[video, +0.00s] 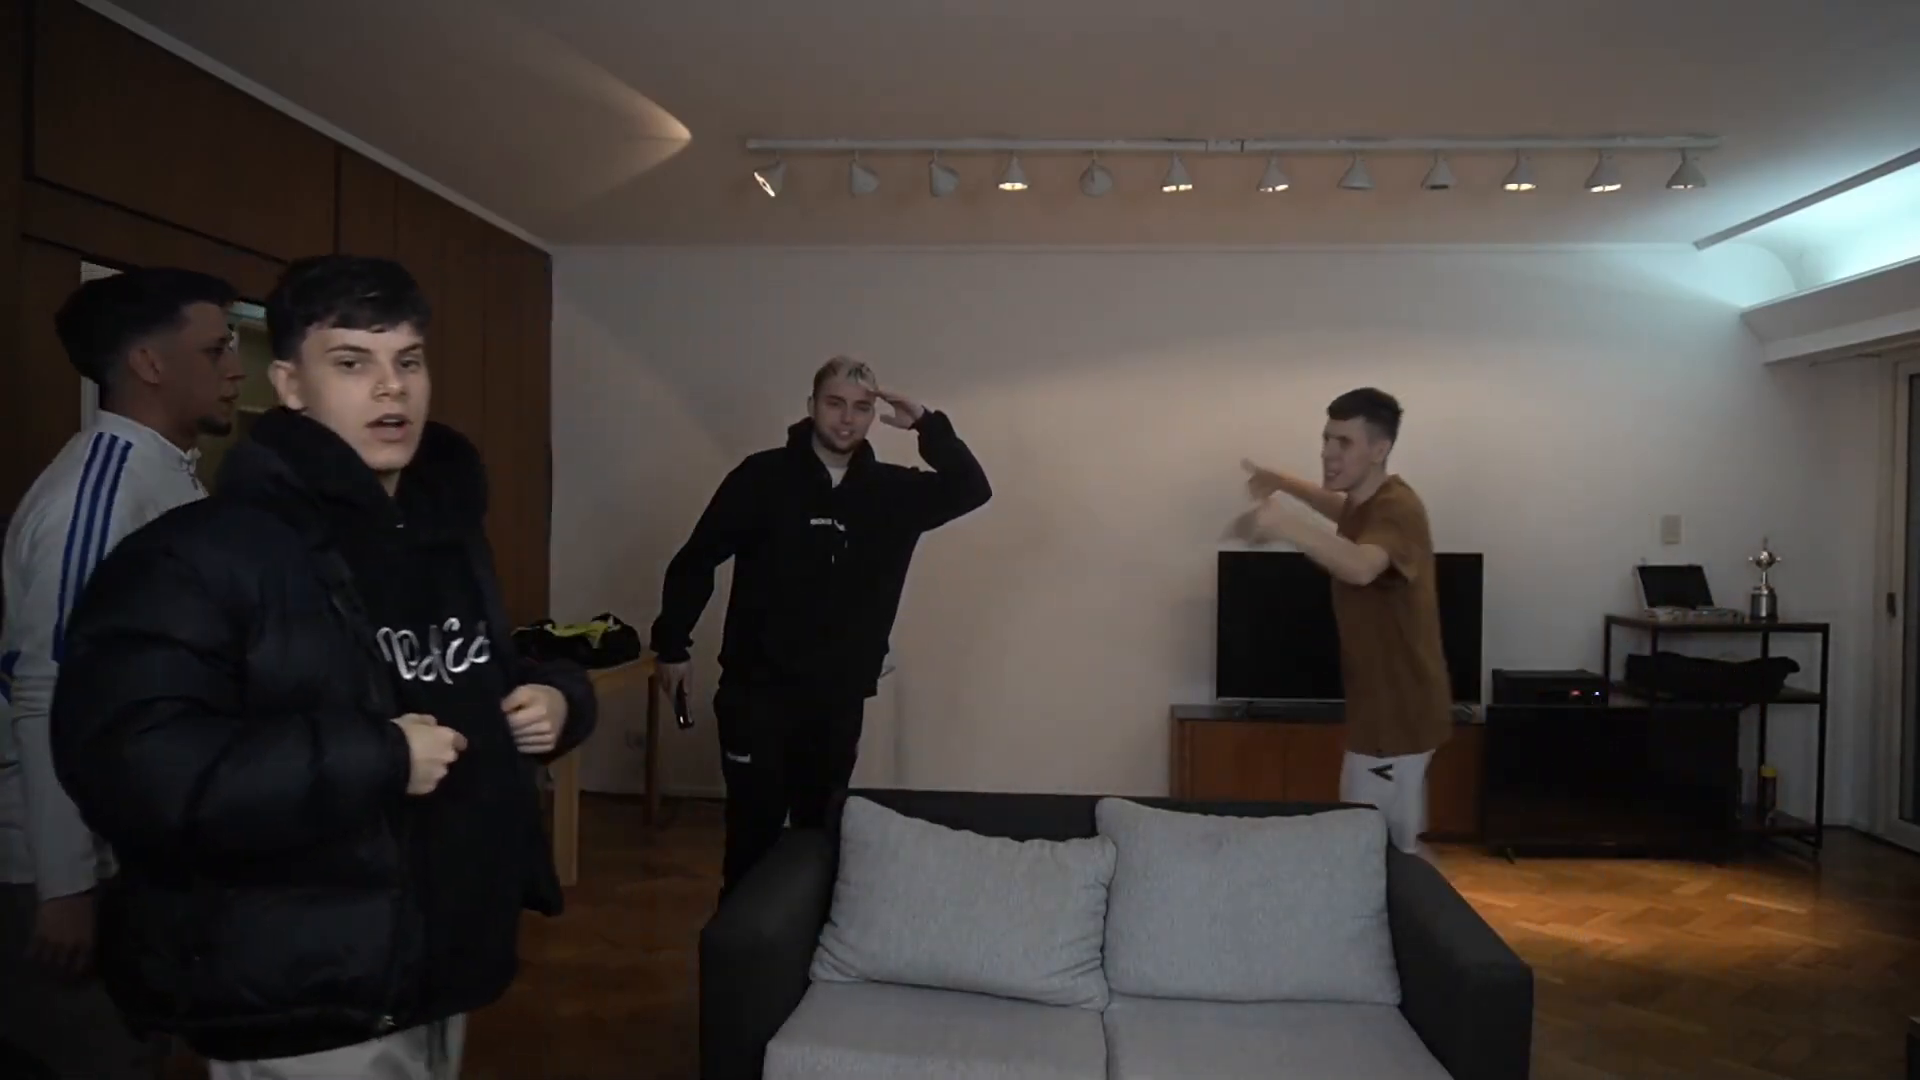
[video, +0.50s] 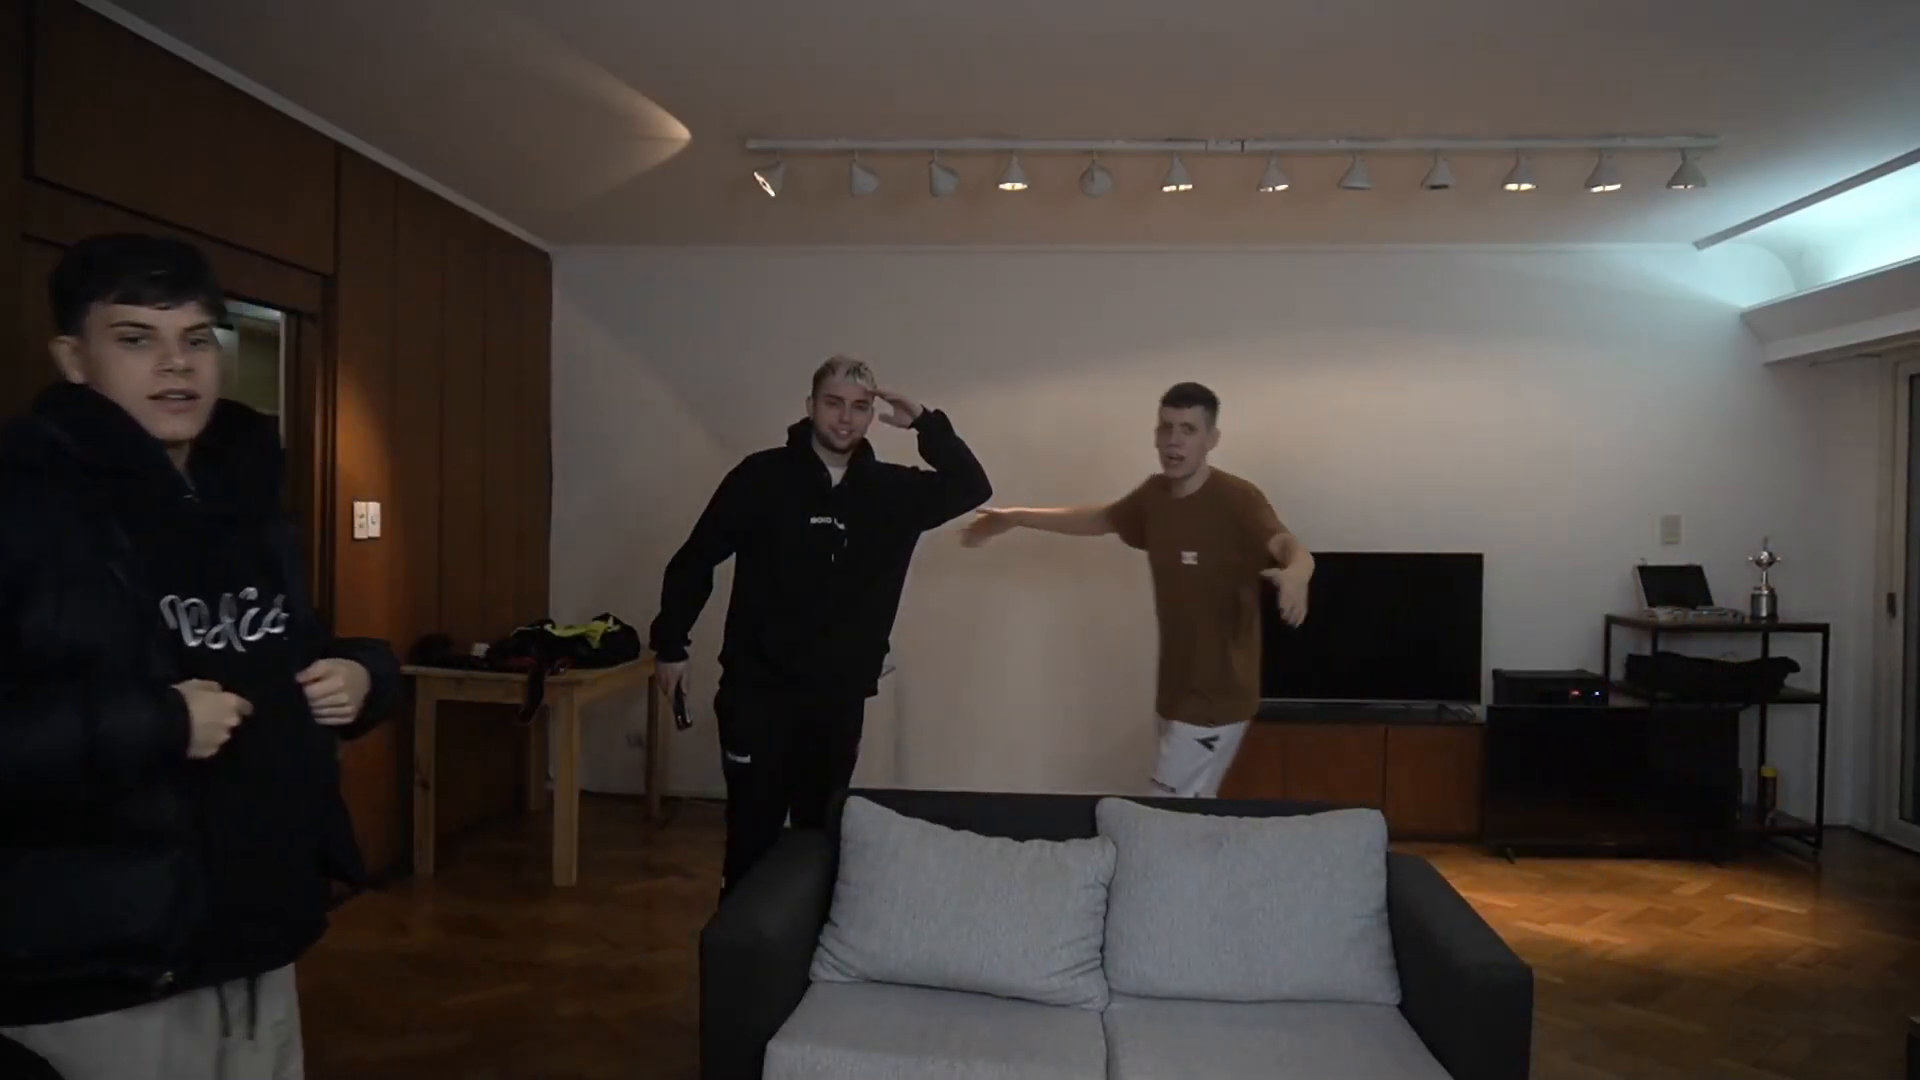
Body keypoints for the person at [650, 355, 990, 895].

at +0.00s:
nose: (847, 417)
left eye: (861, 407)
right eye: (836, 403)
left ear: (873, 417)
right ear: (812, 407)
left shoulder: (896, 494)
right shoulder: (762, 478)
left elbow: (971, 488)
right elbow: (694, 563)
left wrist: (928, 424)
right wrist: (672, 648)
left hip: (837, 696)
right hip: (757, 689)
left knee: (820, 836)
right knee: (754, 836)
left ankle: (812, 959)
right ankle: (740, 961)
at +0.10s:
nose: (847, 417)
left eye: (860, 407)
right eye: (835, 403)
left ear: (873, 417)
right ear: (811, 407)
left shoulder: (896, 493)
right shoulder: (761, 478)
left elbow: (971, 488)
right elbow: (695, 563)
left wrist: (927, 424)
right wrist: (672, 647)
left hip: (837, 695)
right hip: (757, 688)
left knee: (820, 834)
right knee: (754, 835)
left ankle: (812, 956)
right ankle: (741, 959)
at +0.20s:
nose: (846, 417)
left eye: (860, 407)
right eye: (835, 403)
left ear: (873, 417)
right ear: (811, 407)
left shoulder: (896, 493)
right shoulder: (761, 478)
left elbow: (971, 488)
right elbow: (694, 563)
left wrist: (927, 424)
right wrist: (672, 648)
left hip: (837, 695)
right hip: (758, 689)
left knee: (820, 834)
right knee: (754, 835)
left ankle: (813, 958)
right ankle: (742, 960)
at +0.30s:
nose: (846, 417)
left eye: (859, 407)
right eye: (834, 403)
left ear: (873, 417)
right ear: (810, 407)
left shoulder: (896, 493)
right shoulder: (761, 478)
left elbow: (971, 488)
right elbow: (695, 562)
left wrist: (927, 424)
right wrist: (671, 648)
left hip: (838, 695)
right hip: (758, 688)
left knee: (821, 834)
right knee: (754, 835)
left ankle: (813, 958)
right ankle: (741, 960)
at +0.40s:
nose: (845, 417)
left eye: (859, 407)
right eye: (834, 403)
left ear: (872, 417)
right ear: (810, 406)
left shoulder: (896, 493)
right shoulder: (761, 478)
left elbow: (971, 488)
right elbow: (694, 562)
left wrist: (927, 423)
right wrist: (670, 648)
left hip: (838, 695)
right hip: (758, 688)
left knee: (821, 833)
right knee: (754, 834)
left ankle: (813, 956)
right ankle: (740, 958)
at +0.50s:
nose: (845, 417)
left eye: (859, 407)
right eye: (834, 403)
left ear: (872, 416)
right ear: (810, 406)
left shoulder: (895, 493)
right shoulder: (761, 478)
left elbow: (971, 487)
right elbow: (693, 563)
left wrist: (926, 422)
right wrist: (670, 648)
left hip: (838, 695)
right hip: (758, 688)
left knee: (821, 833)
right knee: (754, 834)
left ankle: (813, 956)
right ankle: (740, 958)